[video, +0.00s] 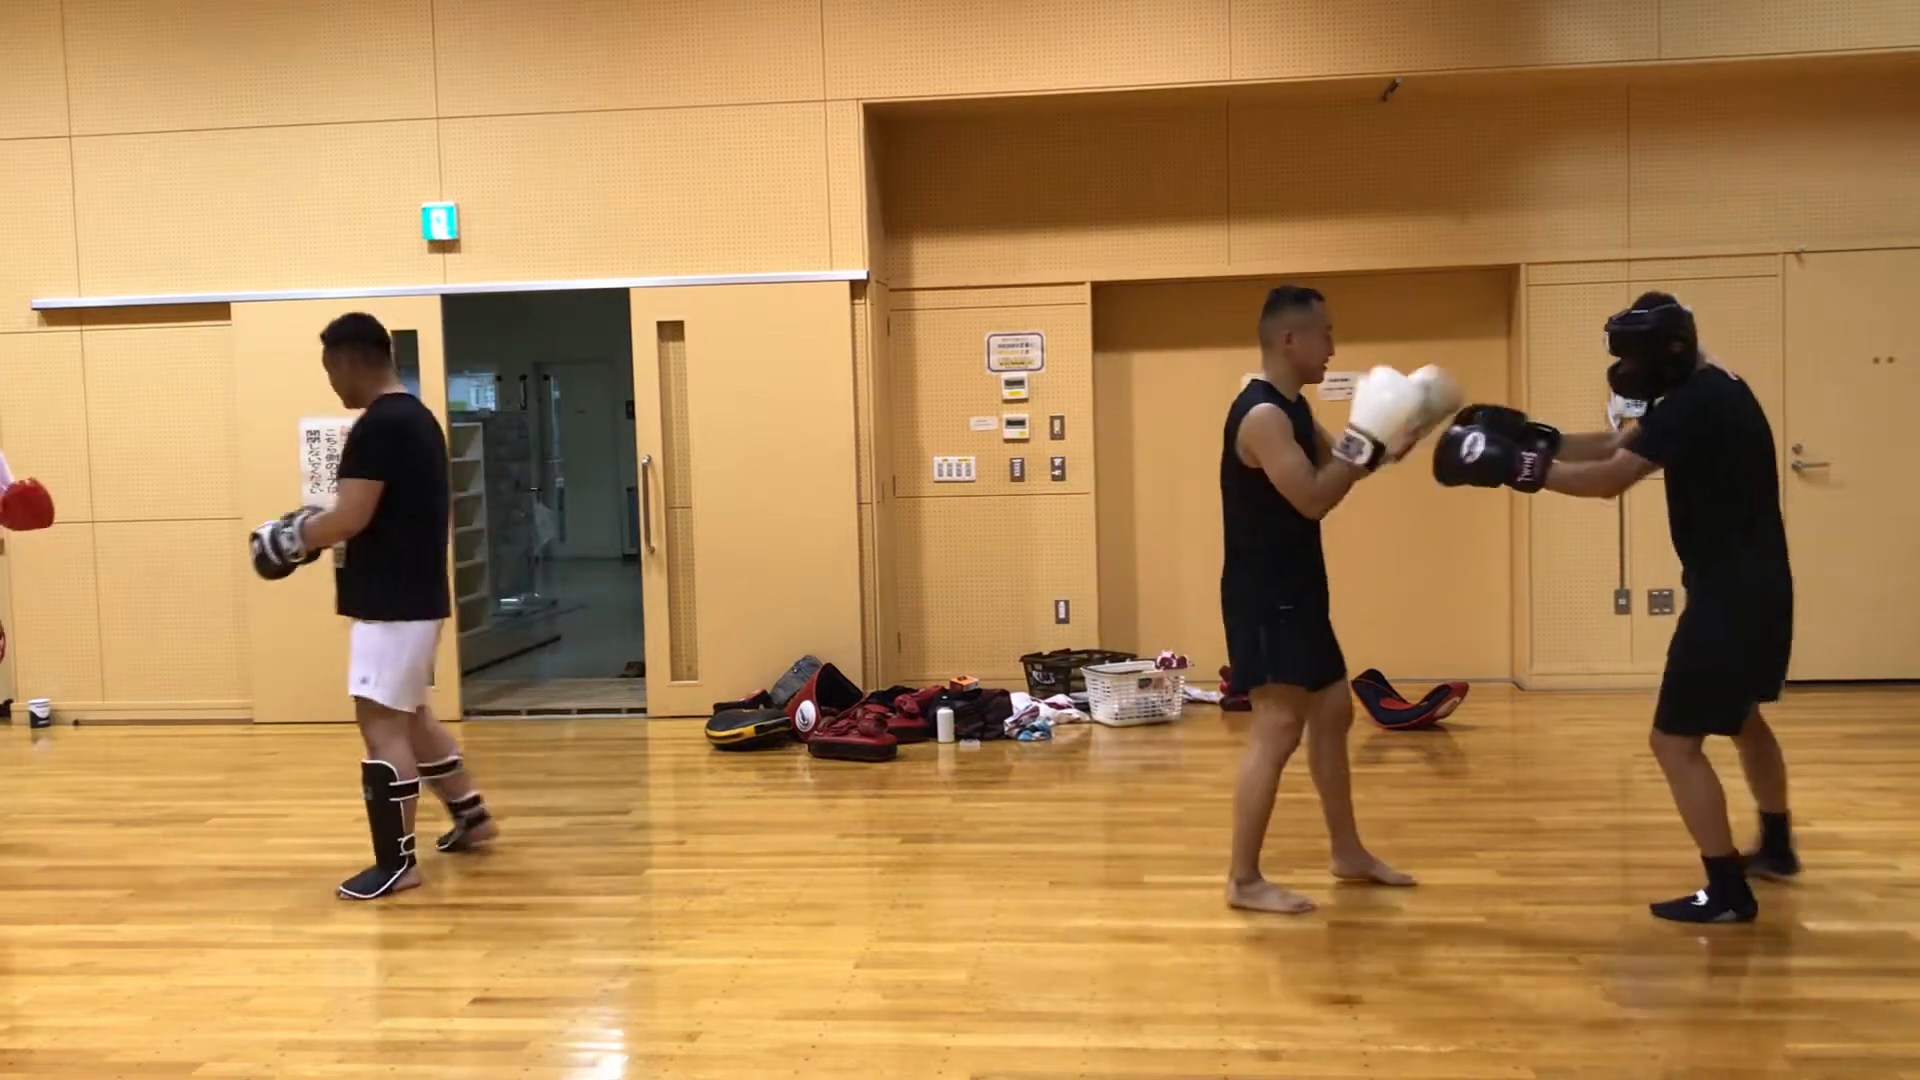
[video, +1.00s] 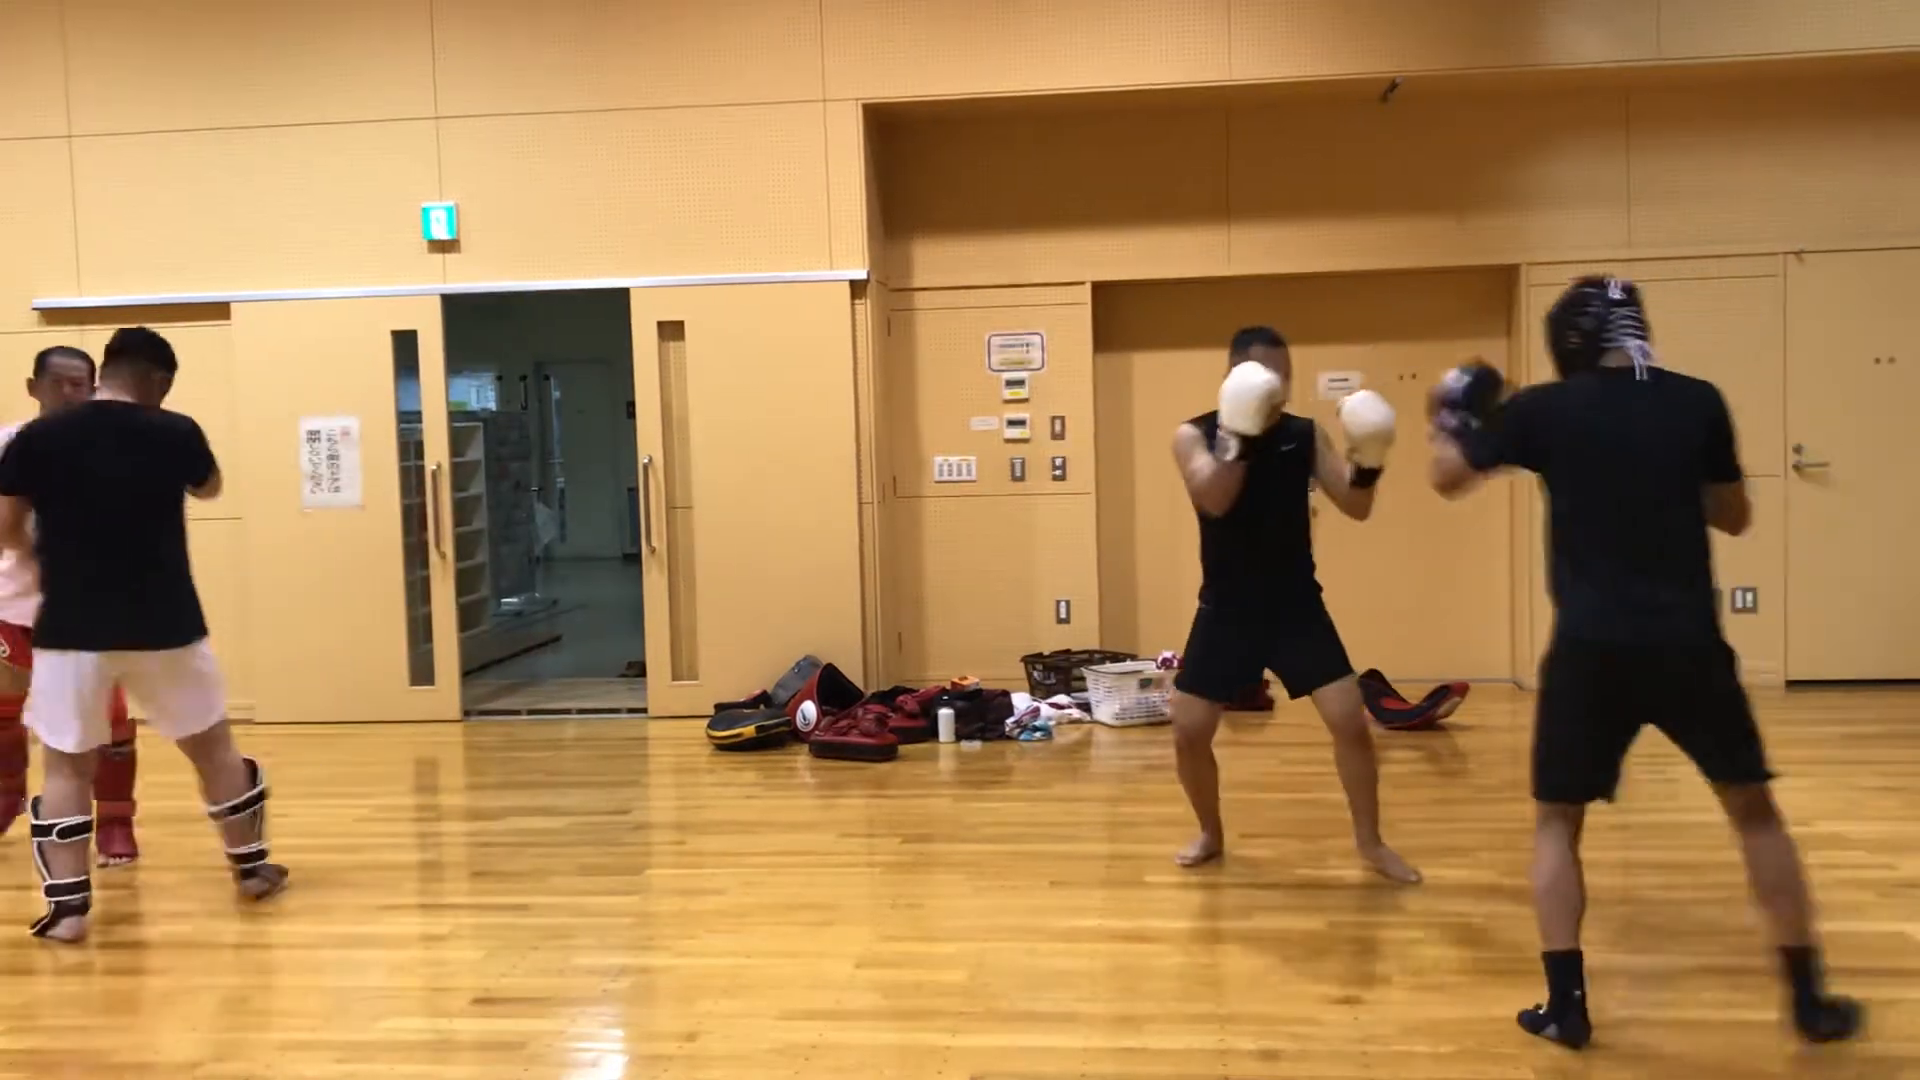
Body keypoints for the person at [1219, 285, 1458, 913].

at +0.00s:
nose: (1330, 348)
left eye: (1330, 336)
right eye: (1323, 335)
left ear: (1288, 341)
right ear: (1287, 339)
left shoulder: (1290, 408)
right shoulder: (1262, 415)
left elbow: (1343, 466)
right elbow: (1313, 500)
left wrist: (1401, 434)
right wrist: (1361, 442)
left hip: (1297, 595)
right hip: (1266, 598)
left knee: (1332, 711)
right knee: (1276, 725)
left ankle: (1348, 853)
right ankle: (1243, 879)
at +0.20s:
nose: (1352, 346)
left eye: (1351, 333)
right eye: (1343, 333)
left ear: (1314, 338)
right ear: (1305, 336)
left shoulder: (1330, 406)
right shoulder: (1261, 411)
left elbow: (1391, 460)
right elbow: (1285, 499)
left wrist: (1456, 429)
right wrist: (1338, 429)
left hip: (1324, 588)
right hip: (1274, 593)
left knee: (1366, 698)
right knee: (1282, 724)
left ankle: (1352, 840)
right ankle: (1245, 873)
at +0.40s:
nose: (1376, 361)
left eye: (1378, 350)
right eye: (1366, 349)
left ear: (1362, 352)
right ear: (1325, 348)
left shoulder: (1366, 418)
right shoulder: (1276, 415)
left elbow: (1392, 500)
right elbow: (1256, 507)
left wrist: (1439, 487)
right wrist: (1319, 484)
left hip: (1339, 589)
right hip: (1281, 592)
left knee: (1377, 710)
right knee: (1287, 722)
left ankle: (1369, 845)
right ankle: (1248, 873)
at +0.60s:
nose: (1394, 376)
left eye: (1399, 365)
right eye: (1385, 363)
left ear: (1390, 364)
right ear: (1344, 358)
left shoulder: (1380, 432)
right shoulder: (1288, 415)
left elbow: (1412, 516)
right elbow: (1274, 496)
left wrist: (1446, 490)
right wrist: (1342, 465)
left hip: (1335, 591)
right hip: (1271, 591)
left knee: (1379, 708)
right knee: (1265, 718)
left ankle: (1368, 847)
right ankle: (1248, 856)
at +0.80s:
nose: (1333, 368)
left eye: (1339, 358)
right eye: (1320, 356)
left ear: (1345, 365)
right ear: (1294, 355)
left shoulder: (1344, 424)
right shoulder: (1244, 413)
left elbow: (1400, 486)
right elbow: (1275, 469)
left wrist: (1420, 442)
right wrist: (1301, 405)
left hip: (1321, 593)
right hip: (1252, 594)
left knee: (1366, 709)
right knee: (1210, 720)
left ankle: (1368, 846)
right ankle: (1208, 826)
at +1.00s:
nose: (1269, 385)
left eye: (1277, 374)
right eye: (1257, 374)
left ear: (1289, 375)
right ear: (1233, 373)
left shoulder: (1305, 435)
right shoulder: (1195, 436)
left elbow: (1356, 506)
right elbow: (1212, 500)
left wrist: (1367, 457)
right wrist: (1236, 434)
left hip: (1295, 605)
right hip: (1226, 608)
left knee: (1350, 720)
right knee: (1188, 732)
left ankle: (1370, 843)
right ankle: (1210, 835)